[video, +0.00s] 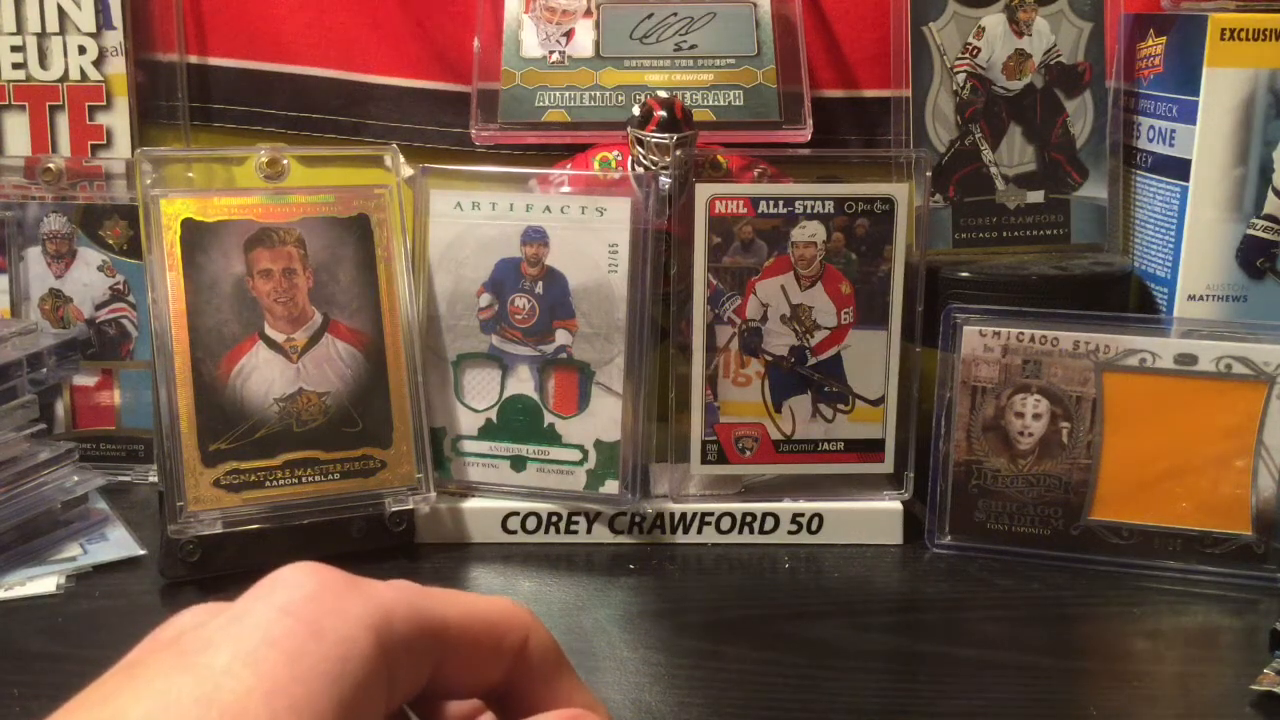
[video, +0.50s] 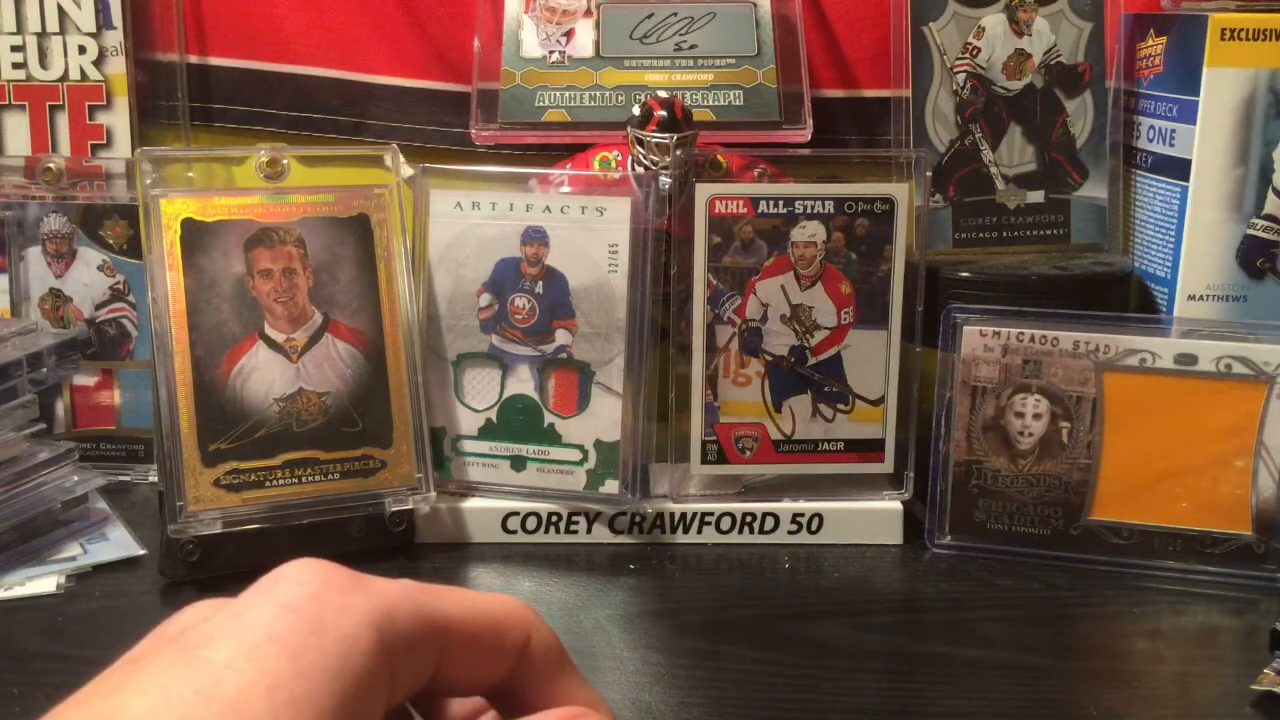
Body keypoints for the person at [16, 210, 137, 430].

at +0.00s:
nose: (57, 247)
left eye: (62, 240)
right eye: (51, 241)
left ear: (72, 240)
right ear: (43, 243)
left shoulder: (96, 264)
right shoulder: (28, 260)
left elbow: (120, 302)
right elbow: (15, 307)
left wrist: (108, 333)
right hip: (40, 361)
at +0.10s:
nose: (56, 246)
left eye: (62, 240)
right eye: (51, 241)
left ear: (72, 240)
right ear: (43, 242)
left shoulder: (96, 264)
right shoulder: (28, 260)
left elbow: (121, 304)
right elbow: (15, 308)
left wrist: (106, 334)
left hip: (88, 366)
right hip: (40, 362)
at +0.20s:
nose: (56, 246)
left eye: (62, 240)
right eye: (50, 241)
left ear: (72, 240)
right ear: (43, 242)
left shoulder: (96, 264)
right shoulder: (28, 260)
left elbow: (121, 305)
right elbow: (15, 307)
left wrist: (106, 334)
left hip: (87, 366)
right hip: (40, 363)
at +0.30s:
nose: (57, 246)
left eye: (62, 240)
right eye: (51, 241)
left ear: (72, 240)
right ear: (43, 242)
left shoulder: (96, 264)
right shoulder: (27, 261)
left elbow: (121, 305)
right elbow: (16, 309)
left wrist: (106, 334)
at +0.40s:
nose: (57, 246)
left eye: (62, 240)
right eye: (51, 241)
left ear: (72, 240)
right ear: (43, 242)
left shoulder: (96, 264)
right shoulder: (27, 261)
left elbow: (121, 306)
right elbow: (16, 310)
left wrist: (106, 334)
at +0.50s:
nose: (56, 246)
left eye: (62, 240)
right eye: (51, 241)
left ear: (72, 240)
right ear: (43, 242)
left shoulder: (96, 264)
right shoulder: (27, 261)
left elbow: (121, 307)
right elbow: (15, 308)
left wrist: (105, 335)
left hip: (88, 366)